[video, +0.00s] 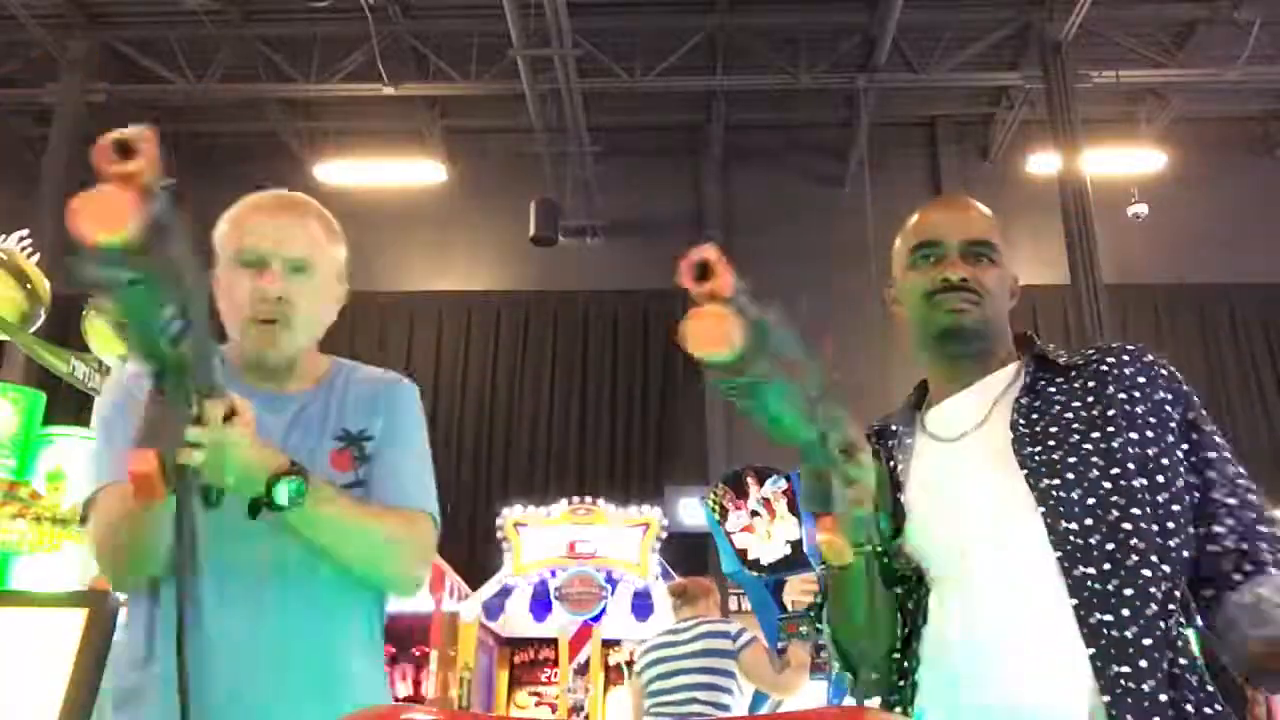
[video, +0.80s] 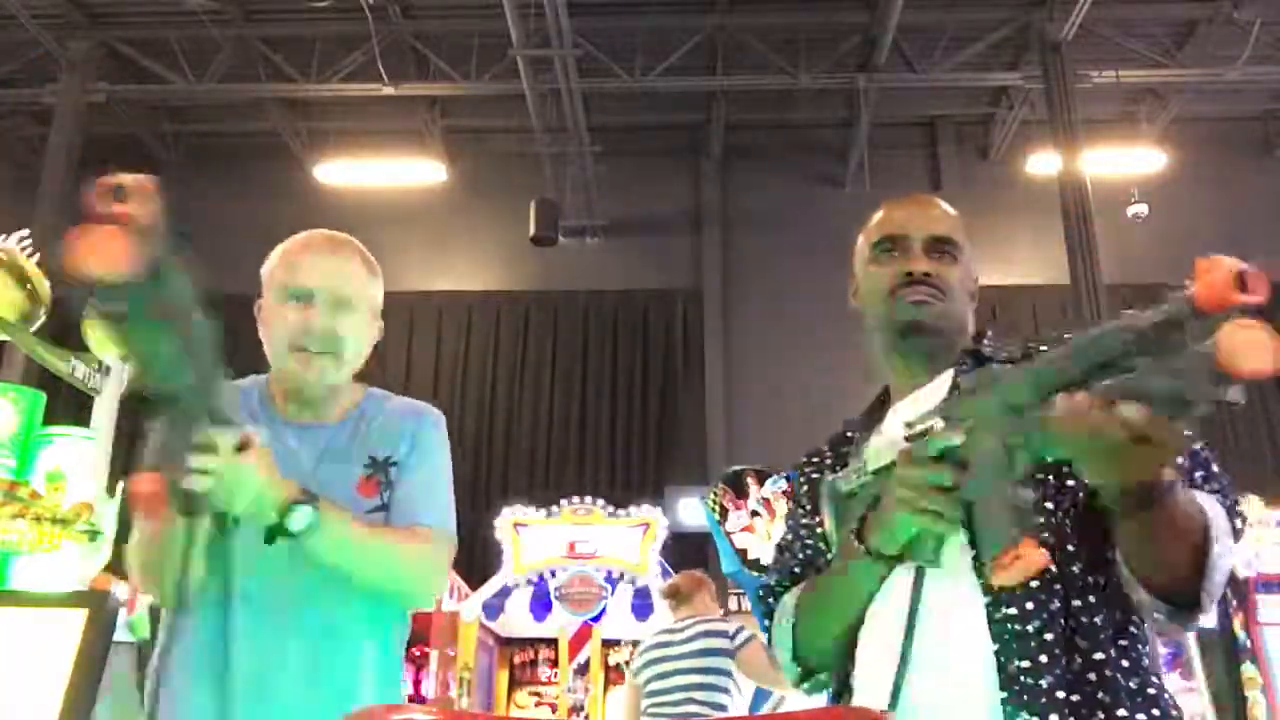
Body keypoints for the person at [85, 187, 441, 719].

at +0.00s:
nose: (273, 288)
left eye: (299, 270)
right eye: (250, 265)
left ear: (338, 295)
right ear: (216, 283)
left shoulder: (383, 401)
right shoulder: (147, 387)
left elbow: (407, 562)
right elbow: (123, 568)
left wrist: (267, 472)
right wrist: (165, 462)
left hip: (329, 704)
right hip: (162, 704)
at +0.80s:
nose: (319, 325)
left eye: (343, 306)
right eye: (299, 300)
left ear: (375, 331)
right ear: (261, 317)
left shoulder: (412, 430)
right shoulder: (204, 414)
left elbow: (423, 576)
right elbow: (158, 582)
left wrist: (283, 505)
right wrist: (173, 511)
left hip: (344, 709)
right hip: (199, 707)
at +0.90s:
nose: (333, 342)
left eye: (353, 327)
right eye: (317, 321)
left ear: (386, 343)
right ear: (276, 324)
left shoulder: (419, 437)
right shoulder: (209, 420)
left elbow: (448, 582)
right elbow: (197, 574)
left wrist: (344, 520)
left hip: (361, 708)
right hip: (213, 707)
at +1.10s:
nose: (326, 329)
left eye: (350, 311)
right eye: (304, 306)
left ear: (381, 337)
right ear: (268, 321)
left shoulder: (414, 434)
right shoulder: (201, 418)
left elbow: (445, 579)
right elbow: (195, 576)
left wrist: (331, 522)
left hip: (362, 709)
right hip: (208, 709)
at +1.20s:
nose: (297, 322)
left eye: (323, 305)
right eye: (276, 300)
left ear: (361, 328)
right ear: (246, 314)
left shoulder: (402, 423)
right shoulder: (190, 415)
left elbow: (419, 563)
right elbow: (166, 584)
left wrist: (269, 494)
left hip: (346, 708)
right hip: (189, 708)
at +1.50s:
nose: (277, 336)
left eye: (304, 312)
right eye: (258, 311)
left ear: (351, 323)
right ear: (234, 321)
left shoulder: (396, 424)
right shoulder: (202, 413)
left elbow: (345, 565)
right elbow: (132, 589)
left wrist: (228, 550)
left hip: (337, 711)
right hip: (193, 709)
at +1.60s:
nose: (280, 347)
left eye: (305, 323)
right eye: (261, 324)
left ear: (356, 331)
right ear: (239, 331)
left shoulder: (408, 431)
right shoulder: (200, 421)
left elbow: (383, 574)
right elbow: (138, 578)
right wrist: (168, 476)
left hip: (344, 712)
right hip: (194, 710)